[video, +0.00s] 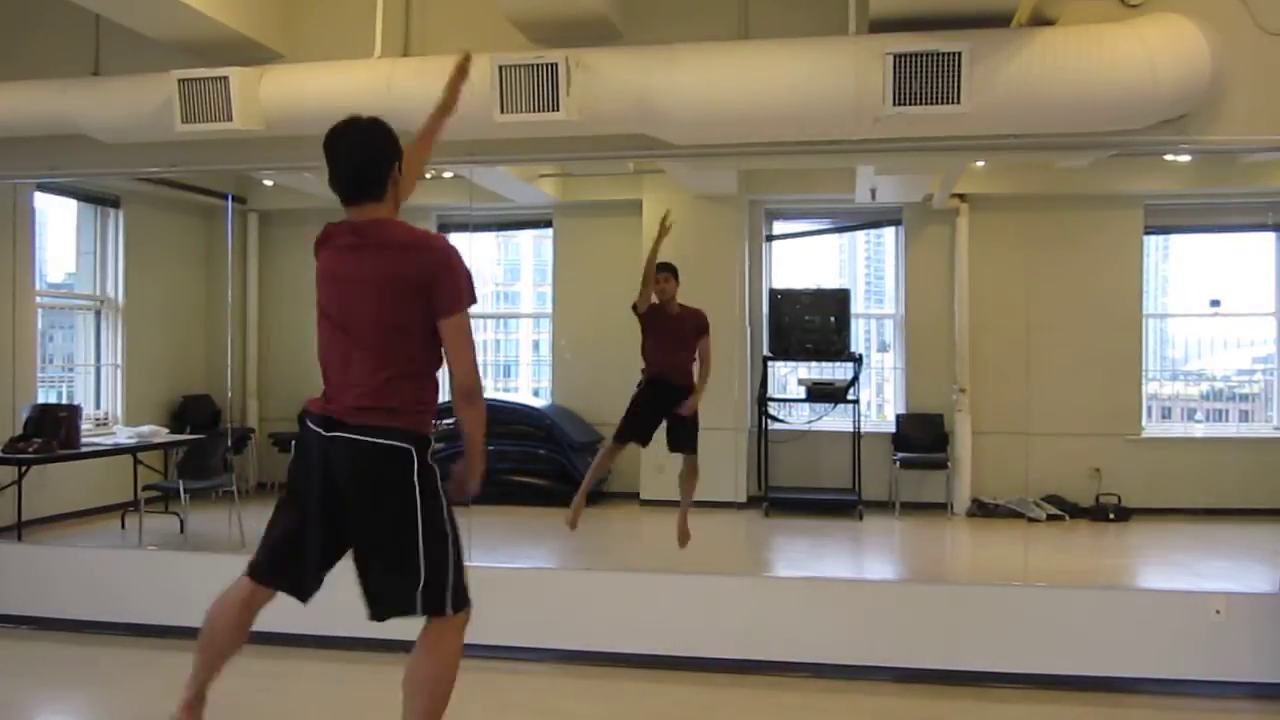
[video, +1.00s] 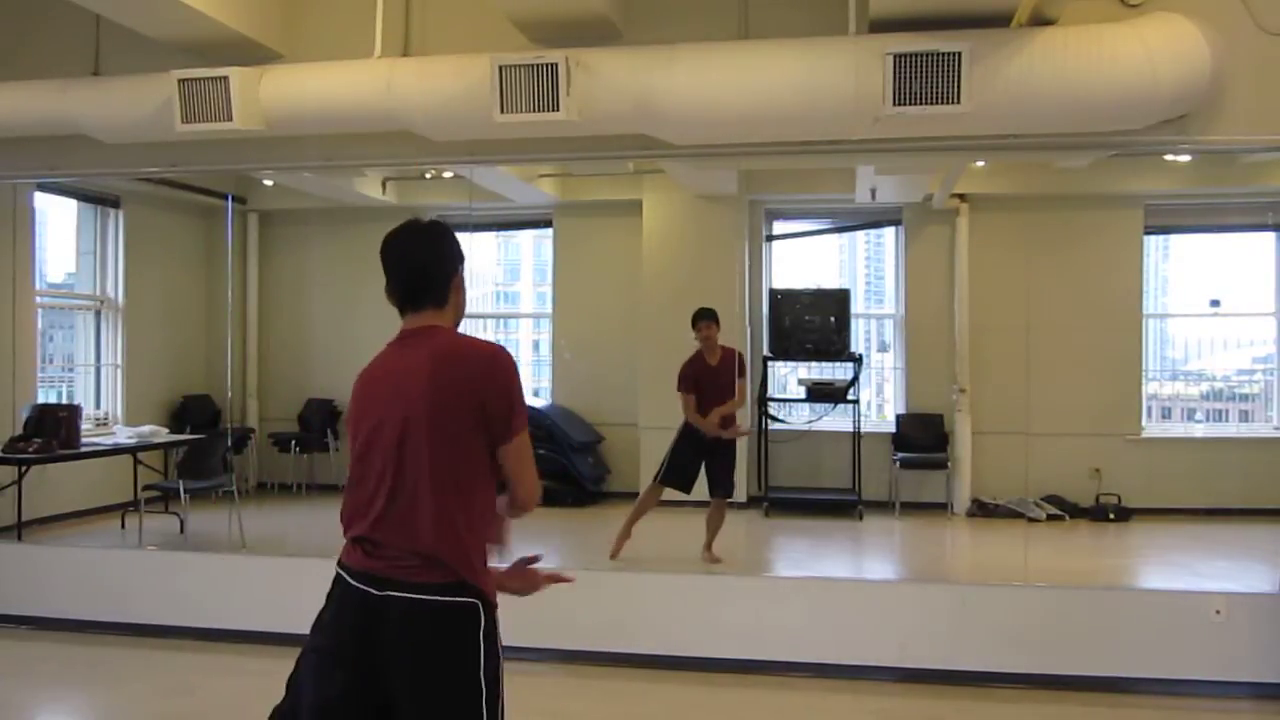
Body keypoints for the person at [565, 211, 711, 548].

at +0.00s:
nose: (660, 285)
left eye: (665, 280)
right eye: (656, 281)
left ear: (677, 284)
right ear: (652, 286)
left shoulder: (696, 318)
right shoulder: (647, 314)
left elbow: (705, 361)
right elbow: (646, 280)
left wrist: (696, 396)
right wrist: (658, 240)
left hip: (682, 391)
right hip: (651, 388)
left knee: (690, 459)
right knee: (616, 445)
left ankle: (683, 515)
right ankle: (580, 496)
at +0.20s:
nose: (675, 295)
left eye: (680, 290)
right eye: (671, 291)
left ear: (691, 292)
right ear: (667, 295)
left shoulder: (711, 322)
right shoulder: (668, 322)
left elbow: (735, 358)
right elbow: (658, 284)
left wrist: (755, 387)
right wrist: (654, 244)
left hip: (703, 396)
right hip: (673, 391)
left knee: (713, 458)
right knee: (622, 432)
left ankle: (708, 521)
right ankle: (567, 473)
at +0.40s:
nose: (693, 334)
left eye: (698, 329)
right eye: (689, 330)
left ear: (709, 330)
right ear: (685, 334)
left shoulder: (730, 360)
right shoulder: (685, 363)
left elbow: (745, 395)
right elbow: (673, 394)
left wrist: (755, 427)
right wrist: (677, 363)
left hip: (718, 439)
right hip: (688, 432)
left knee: (720, 501)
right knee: (645, 480)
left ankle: (706, 548)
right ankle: (603, 521)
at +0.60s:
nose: (710, 331)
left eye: (715, 327)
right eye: (706, 327)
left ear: (724, 331)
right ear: (700, 330)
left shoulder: (732, 365)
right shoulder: (685, 363)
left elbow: (752, 396)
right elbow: (665, 403)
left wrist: (771, 416)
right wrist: (673, 440)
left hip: (725, 440)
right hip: (695, 438)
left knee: (722, 499)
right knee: (672, 495)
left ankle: (709, 548)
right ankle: (642, 541)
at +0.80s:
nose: (711, 329)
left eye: (715, 324)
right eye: (706, 324)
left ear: (723, 327)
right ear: (699, 328)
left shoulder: (735, 359)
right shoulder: (688, 359)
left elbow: (772, 383)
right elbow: (654, 385)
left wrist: (786, 408)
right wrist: (659, 416)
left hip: (724, 437)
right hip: (693, 434)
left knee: (720, 499)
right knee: (663, 490)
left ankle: (709, 548)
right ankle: (626, 534)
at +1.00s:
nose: (706, 333)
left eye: (710, 327)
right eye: (700, 329)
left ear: (719, 329)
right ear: (695, 333)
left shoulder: (735, 359)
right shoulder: (689, 368)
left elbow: (740, 399)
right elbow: (690, 414)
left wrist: (717, 414)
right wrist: (721, 432)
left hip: (725, 433)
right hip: (694, 430)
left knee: (721, 497)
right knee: (660, 483)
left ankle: (708, 548)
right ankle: (625, 530)